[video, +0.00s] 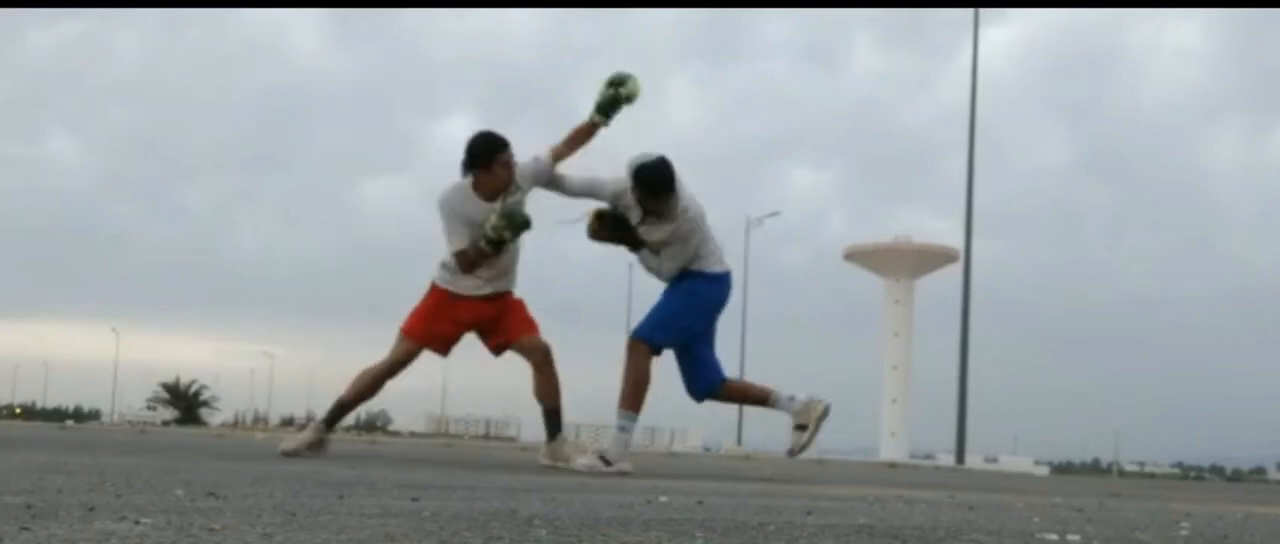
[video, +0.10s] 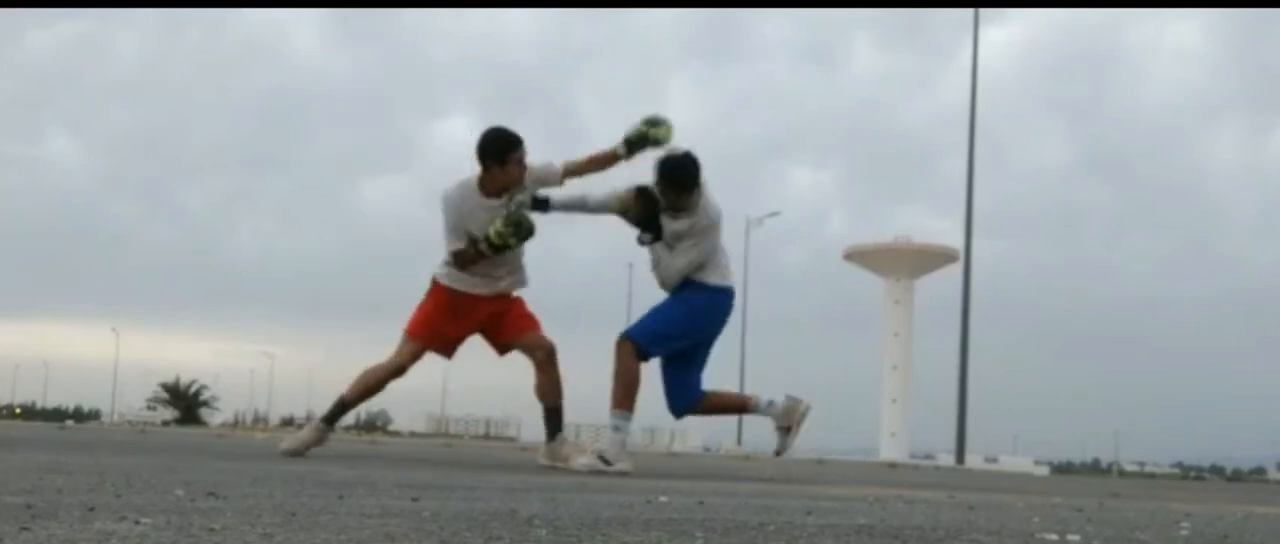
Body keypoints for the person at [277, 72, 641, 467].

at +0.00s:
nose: (513, 172)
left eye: (512, 164)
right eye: (505, 167)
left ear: (508, 166)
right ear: (482, 172)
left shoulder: (524, 178)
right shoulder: (454, 200)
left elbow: (565, 149)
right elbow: (466, 263)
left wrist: (602, 115)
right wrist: (502, 236)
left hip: (499, 299)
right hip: (450, 297)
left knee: (542, 354)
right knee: (393, 363)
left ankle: (556, 445)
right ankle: (321, 428)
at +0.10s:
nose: (523, 173)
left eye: (523, 166)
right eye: (517, 167)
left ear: (515, 165)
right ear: (493, 168)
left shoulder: (524, 181)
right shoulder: (459, 199)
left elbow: (577, 169)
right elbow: (459, 261)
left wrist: (628, 148)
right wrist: (497, 240)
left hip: (502, 301)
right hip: (452, 298)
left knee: (545, 351)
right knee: (397, 365)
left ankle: (555, 445)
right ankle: (322, 426)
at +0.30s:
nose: (502, 118)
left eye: (503, 110)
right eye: (496, 110)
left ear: (484, 114)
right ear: (472, 113)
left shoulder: (498, 156)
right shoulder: (438, 154)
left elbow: (501, 214)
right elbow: (438, 219)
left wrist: (538, 227)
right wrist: (481, 195)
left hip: (480, 274)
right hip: (431, 267)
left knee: (516, 351)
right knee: (388, 340)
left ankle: (550, 441)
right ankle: (331, 421)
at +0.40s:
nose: (489, 112)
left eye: (489, 105)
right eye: (483, 104)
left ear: (466, 108)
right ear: (459, 106)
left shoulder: (468, 156)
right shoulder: (425, 143)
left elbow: (452, 216)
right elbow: (418, 204)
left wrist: (482, 237)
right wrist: (462, 187)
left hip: (457, 268)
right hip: (414, 263)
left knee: (500, 346)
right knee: (385, 348)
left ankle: (527, 439)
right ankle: (335, 430)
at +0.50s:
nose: (479, 107)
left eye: (479, 99)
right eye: (473, 99)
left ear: (457, 102)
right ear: (450, 100)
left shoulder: (456, 152)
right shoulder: (418, 136)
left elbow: (430, 206)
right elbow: (419, 190)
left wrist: (456, 233)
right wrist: (463, 178)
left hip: (444, 263)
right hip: (405, 259)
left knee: (487, 344)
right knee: (376, 347)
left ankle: (506, 439)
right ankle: (334, 430)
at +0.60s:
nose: (476, 100)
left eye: (476, 93)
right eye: (471, 92)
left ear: (454, 94)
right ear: (449, 92)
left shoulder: (454, 141)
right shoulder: (416, 125)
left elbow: (430, 197)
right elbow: (425, 178)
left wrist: (459, 217)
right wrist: (469, 159)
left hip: (441, 258)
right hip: (402, 254)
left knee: (481, 338)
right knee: (375, 343)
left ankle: (509, 432)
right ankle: (334, 429)